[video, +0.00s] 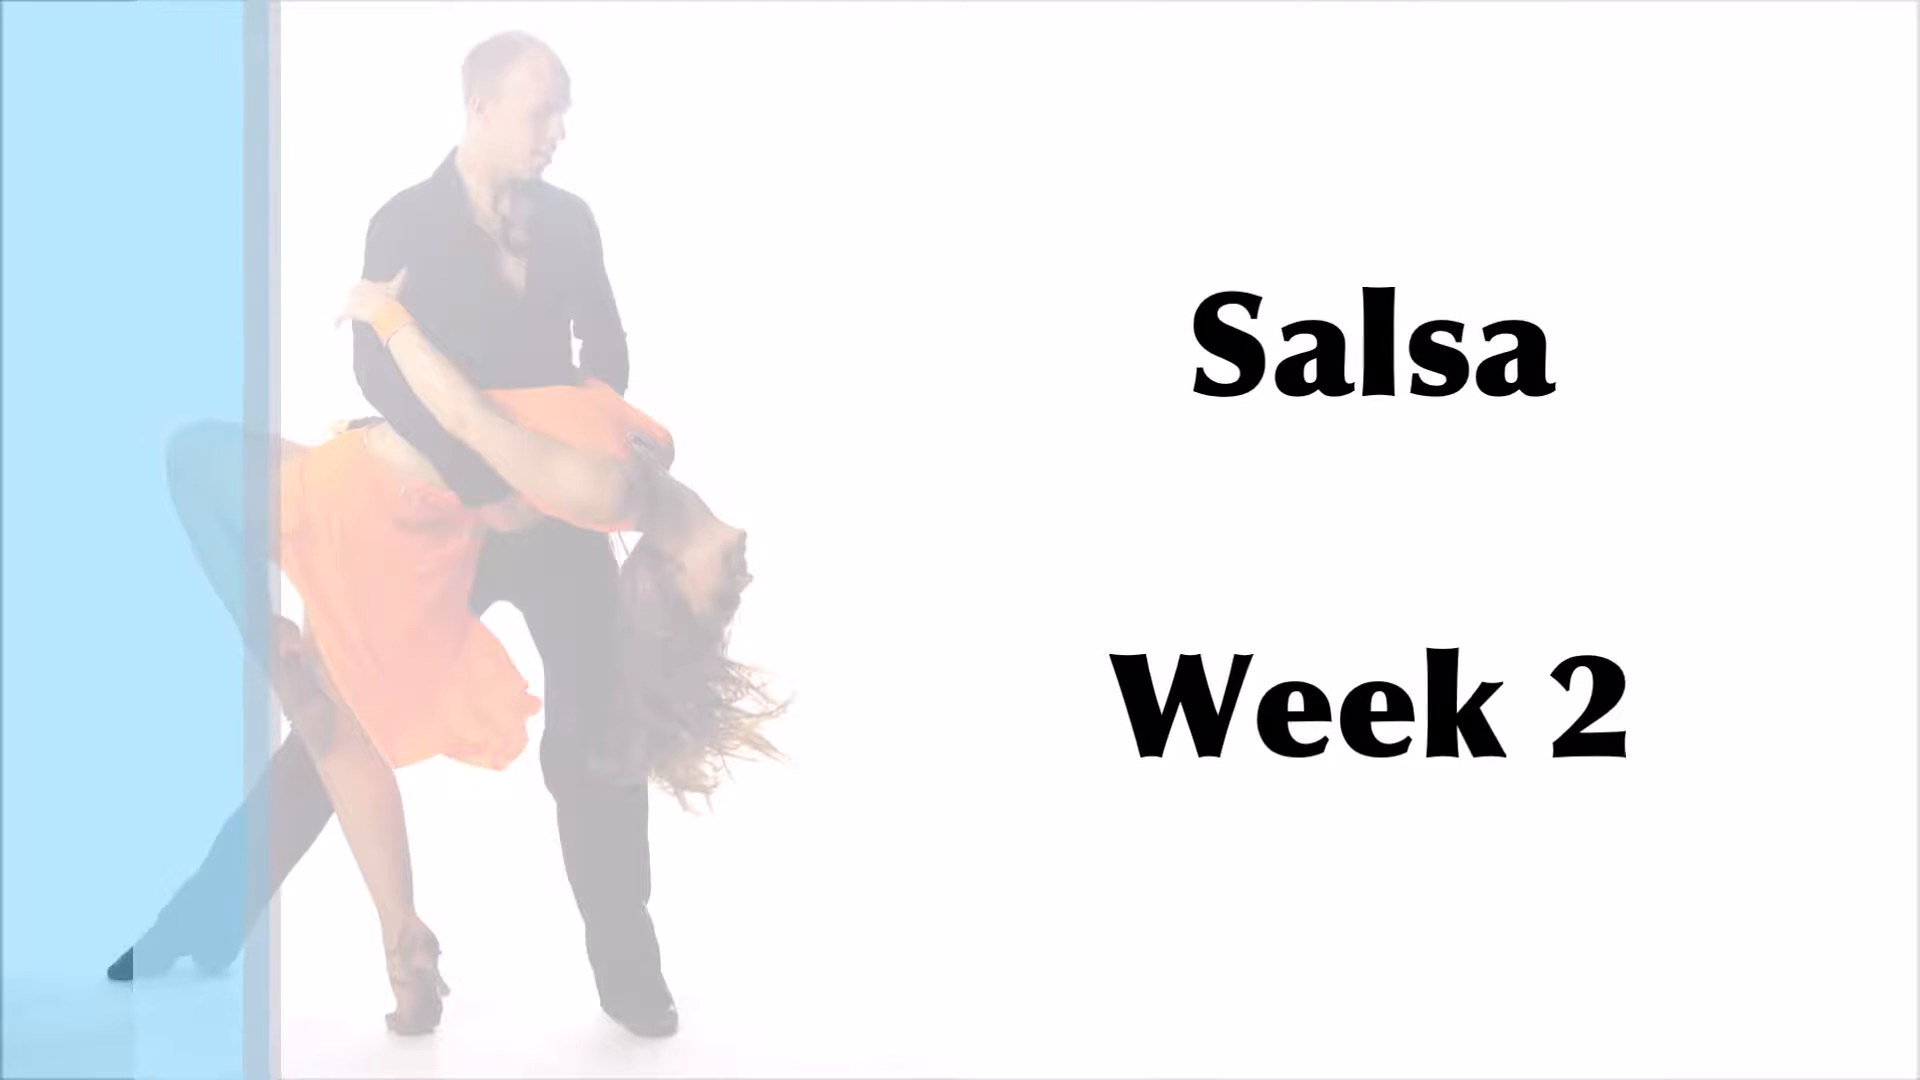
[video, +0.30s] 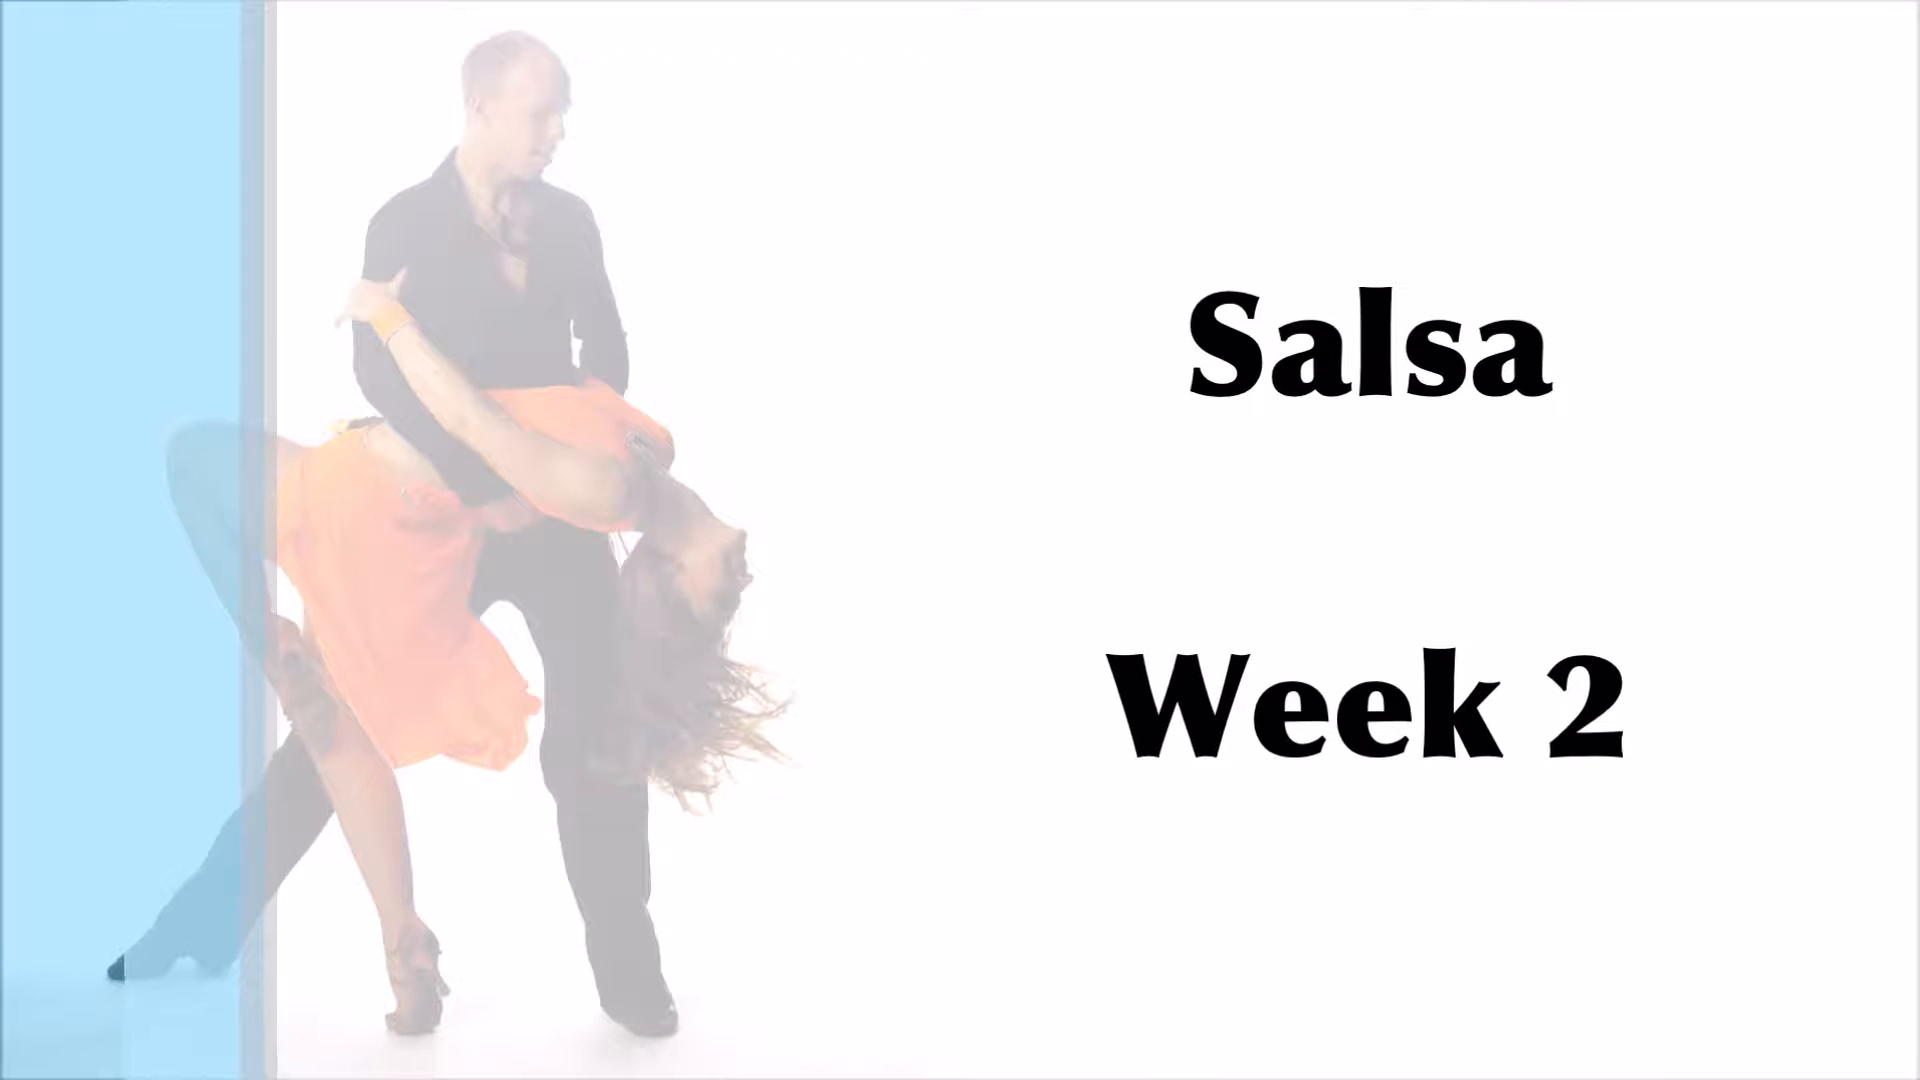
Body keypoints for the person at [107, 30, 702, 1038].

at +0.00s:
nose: (557, 133)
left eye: (564, 116)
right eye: (543, 113)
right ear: (481, 110)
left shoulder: (567, 220)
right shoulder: (404, 224)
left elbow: (608, 341)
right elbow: (379, 371)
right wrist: (470, 478)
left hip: (553, 524)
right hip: (434, 523)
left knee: (597, 720)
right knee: (345, 730)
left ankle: (627, 955)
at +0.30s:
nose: (555, 135)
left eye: (562, 117)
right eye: (542, 114)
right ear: (482, 112)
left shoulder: (567, 220)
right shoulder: (406, 224)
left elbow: (605, 342)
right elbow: (377, 368)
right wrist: (466, 477)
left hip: (554, 525)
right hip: (437, 523)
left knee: (597, 724)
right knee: (345, 731)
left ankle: (627, 961)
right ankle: (200, 931)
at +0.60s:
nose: (554, 134)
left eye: (561, 116)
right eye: (539, 114)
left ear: (554, 122)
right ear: (480, 112)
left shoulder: (567, 220)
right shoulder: (407, 224)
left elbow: (605, 342)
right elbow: (377, 367)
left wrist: (596, 435)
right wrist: (464, 474)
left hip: (554, 525)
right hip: (436, 521)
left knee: (597, 723)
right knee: (346, 730)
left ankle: (627, 958)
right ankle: (204, 926)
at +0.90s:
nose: (557, 133)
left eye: (564, 116)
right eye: (542, 113)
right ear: (480, 110)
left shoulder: (568, 220)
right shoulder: (406, 222)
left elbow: (607, 347)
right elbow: (377, 368)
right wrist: (465, 475)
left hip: (554, 527)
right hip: (439, 524)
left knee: (598, 727)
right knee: (346, 729)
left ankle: (627, 962)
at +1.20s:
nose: (556, 133)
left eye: (563, 116)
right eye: (542, 113)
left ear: (556, 122)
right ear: (480, 110)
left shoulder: (567, 220)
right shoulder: (406, 223)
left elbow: (607, 344)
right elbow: (378, 368)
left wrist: (595, 420)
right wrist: (465, 473)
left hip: (554, 527)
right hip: (437, 523)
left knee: (597, 726)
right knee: (346, 730)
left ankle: (628, 962)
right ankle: (202, 927)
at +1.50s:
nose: (556, 133)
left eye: (563, 116)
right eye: (541, 113)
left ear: (556, 122)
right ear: (480, 110)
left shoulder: (567, 220)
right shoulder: (405, 223)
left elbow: (606, 341)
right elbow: (377, 368)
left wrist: (594, 416)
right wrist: (464, 472)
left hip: (554, 527)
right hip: (436, 523)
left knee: (598, 727)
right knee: (344, 730)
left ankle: (629, 964)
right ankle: (203, 926)